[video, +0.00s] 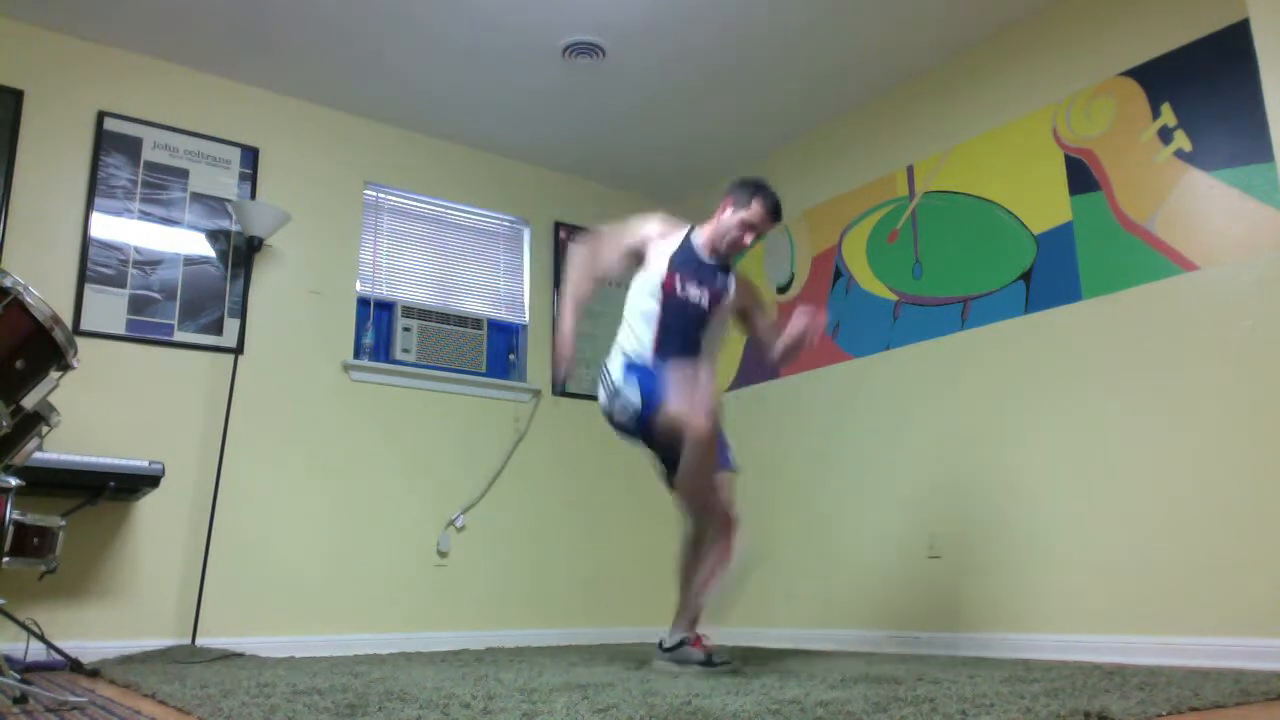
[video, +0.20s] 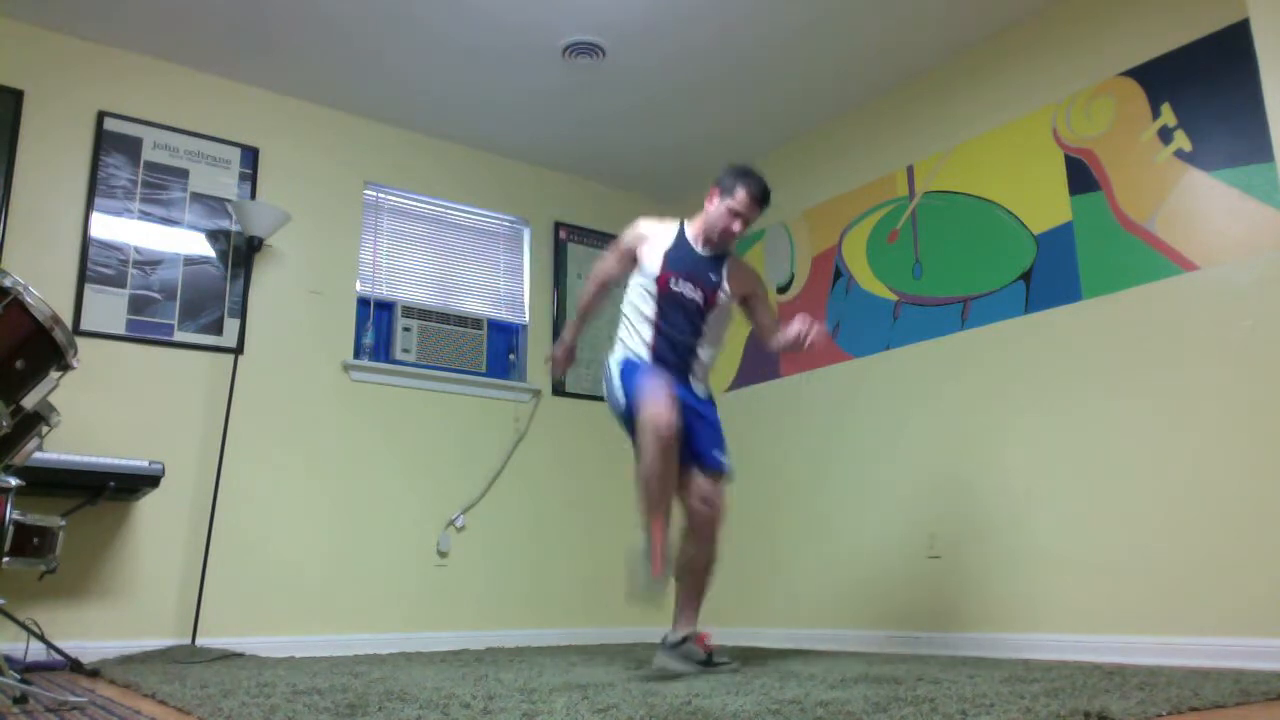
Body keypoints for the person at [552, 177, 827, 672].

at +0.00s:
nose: (748, 241)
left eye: (758, 235)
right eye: (746, 226)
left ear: (761, 239)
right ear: (724, 208)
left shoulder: (740, 289)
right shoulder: (660, 233)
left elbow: (773, 354)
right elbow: (585, 255)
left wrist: (796, 331)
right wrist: (566, 337)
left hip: (688, 401)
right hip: (632, 378)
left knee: (717, 518)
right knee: (700, 418)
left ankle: (680, 634)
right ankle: (700, 507)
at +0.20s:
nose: (739, 227)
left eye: (748, 221)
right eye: (735, 213)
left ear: (752, 224)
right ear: (711, 198)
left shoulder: (742, 278)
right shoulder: (648, 235)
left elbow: (772, 338)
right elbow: (598, 284)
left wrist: (794, 333)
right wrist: (569, 337)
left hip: (691, 388)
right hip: (639, 365)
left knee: (706, 503)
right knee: (662, 421)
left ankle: (682, 635)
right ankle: (655, 553)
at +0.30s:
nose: (727, 220)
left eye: (738, 216)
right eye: (724, 206)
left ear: (745, 218)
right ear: (705, 189)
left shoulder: (736, 266)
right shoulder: (647, 220)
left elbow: (774, 316)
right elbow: (580, 251)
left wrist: (798, 322)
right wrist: (570, 312)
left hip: (683, 376)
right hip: (627, 363)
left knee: (702, 496)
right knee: (633, 302)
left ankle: (686, 618)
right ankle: (681, 424)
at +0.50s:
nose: (705, 228)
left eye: (717, 222)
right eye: (700, 214)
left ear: (728, 226)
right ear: (682, 204)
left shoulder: (732, 281)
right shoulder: (640, 243)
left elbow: (779, 330)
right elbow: (567, 264)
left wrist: (795, 340)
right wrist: (555, 322)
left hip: (684, 403)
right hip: (629, 388)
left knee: (683, 514)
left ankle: (664, 633)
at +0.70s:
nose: (691, 226)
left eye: (700, 218)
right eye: (685, 213)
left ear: (709, 215)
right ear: (663, 196)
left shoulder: (707, 263)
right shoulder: (620, 232)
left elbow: (754, 310)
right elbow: (545, 249)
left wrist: (786, 311)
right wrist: (567, 289)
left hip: (683, 402)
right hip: (626, 405)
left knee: (757, 471)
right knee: (620, 525)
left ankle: (704, 579)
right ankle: (616, 636)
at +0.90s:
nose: (721, 225)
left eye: (730, 218)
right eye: (717, 212)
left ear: (737, 215)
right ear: (695, 191)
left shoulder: (724, 252)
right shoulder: (644, 216)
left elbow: (769, 294)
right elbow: (574, 228)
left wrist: (813, 331)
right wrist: (617, 288)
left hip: (675, 382)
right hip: (616, 379)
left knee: (739, 446)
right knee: (630, 471)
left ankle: (722, 583)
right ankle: (639, 575)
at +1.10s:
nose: (744, 253)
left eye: (751, 246)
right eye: (744, 240)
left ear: (730, 226)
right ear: (721, 215)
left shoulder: (714, 282)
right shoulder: (648, 224)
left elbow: (724, 346)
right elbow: (561, 255)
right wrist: (550, 327)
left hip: (680, 390)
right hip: (625, 383)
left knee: (706, 488)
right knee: (646, 498)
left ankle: (699, 629)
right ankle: (685, 591)